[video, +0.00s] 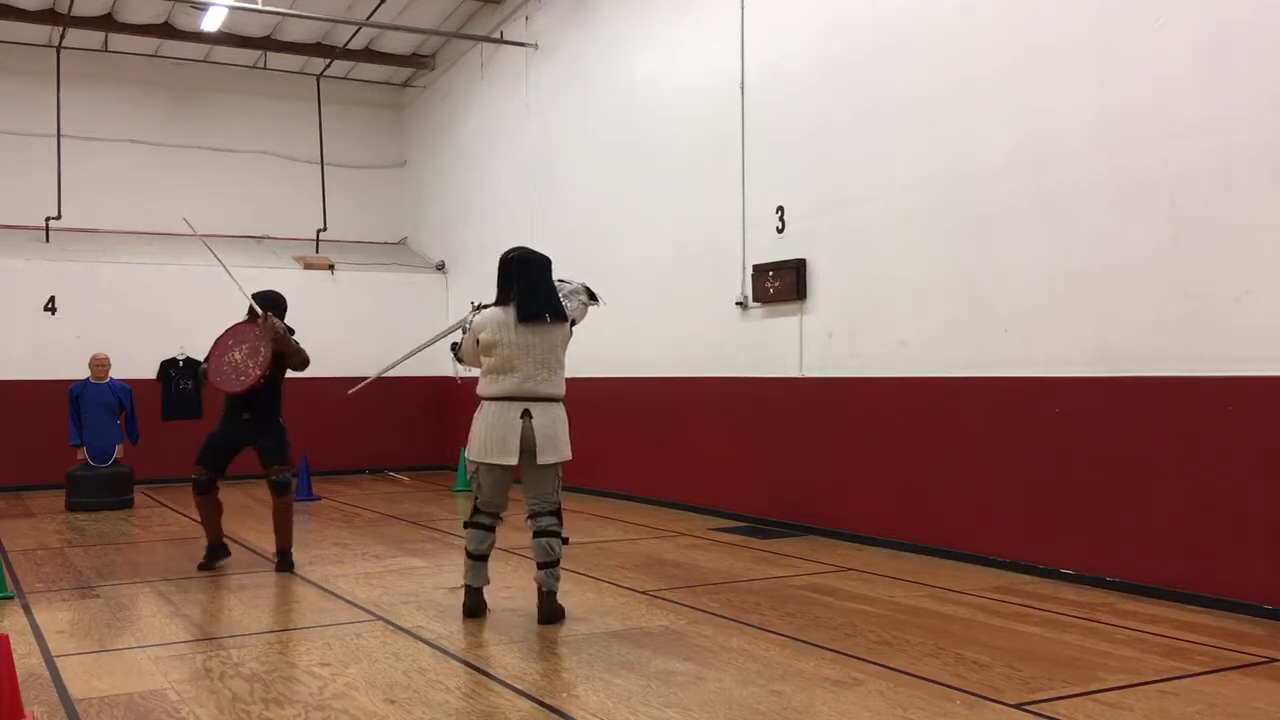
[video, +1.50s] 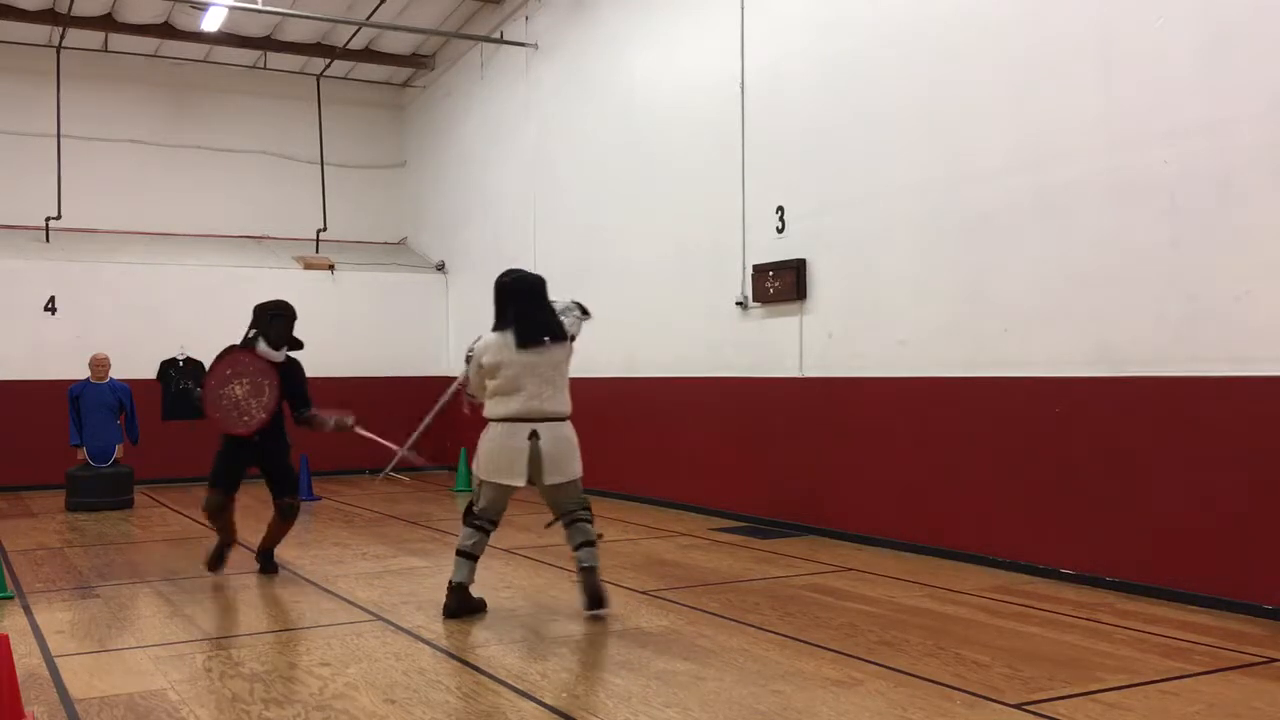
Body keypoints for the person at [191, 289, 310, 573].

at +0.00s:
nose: (251, 320)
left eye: (258, 316)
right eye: (250, 315)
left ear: (274, 319)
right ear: (249, 316)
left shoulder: (283, 342)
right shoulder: (238, 340)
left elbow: (301, 364)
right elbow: (212, 370)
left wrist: (280, 338)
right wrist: (205, 372)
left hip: (267, 423)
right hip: (233, 422)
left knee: (281, 481)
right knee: (202, 480)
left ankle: (284, 553)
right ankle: (215, 544)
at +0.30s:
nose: (248, 328)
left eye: (254, 323)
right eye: (245, 322)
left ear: (268, 324)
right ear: (239, 321)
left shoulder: (272, 347)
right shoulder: (227, 345)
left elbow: (294, 366)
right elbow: (206, 374)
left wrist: (276, 339)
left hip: (256, 427)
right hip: (222, 425)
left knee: (275, 484)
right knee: (198, 489)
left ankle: (284, 552)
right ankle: (200, 544)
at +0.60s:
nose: (235, 328)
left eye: (242, 323)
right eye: (233, 321)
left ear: (253, 324)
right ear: (227, 320)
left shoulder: (256, 347)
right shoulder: (211, 346)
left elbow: (279, 367)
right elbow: (195, 378)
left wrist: (260, 339)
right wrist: (184, 374)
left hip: (243, 426)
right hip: (209, 426)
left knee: (267, 483)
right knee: (190, 492)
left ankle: (283, 551)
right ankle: (199, 546)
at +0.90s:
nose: (228, 331)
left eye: (235, 326)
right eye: (226, 324)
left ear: (247, 326)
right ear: (221, 321)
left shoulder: (252, 349)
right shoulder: (206, 346)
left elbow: (278, 368)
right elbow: (188, 380)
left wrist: (263, 339)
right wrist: (180, 374)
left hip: (240, 426)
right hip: (206, 427)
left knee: (265, 483)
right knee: (190, 492)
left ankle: (283, 551)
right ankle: (199, 546)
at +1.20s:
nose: (246, 337)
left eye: (253, 330)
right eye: (243, 329)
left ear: (256, 333)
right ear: (230, 328)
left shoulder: (262, 362)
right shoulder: (209, 356)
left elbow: (290, 389)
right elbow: (188, 388)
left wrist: (313, 391)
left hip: (244, 438)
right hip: (208, 438)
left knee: (271, 485)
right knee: (195, 494)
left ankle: (263, 553)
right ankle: (199, 547)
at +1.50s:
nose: (282, 332)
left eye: (287, 326)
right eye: (277, 325)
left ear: (291, 330)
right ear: (262, 325)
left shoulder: (290, 367)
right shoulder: (235, 357)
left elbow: (303, 415)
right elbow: (211, 396)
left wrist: (335, 422)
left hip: (273, 442)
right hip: (236, 440)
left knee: (288, 508)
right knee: (214, 505)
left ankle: (266, 550)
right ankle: (227, 539)